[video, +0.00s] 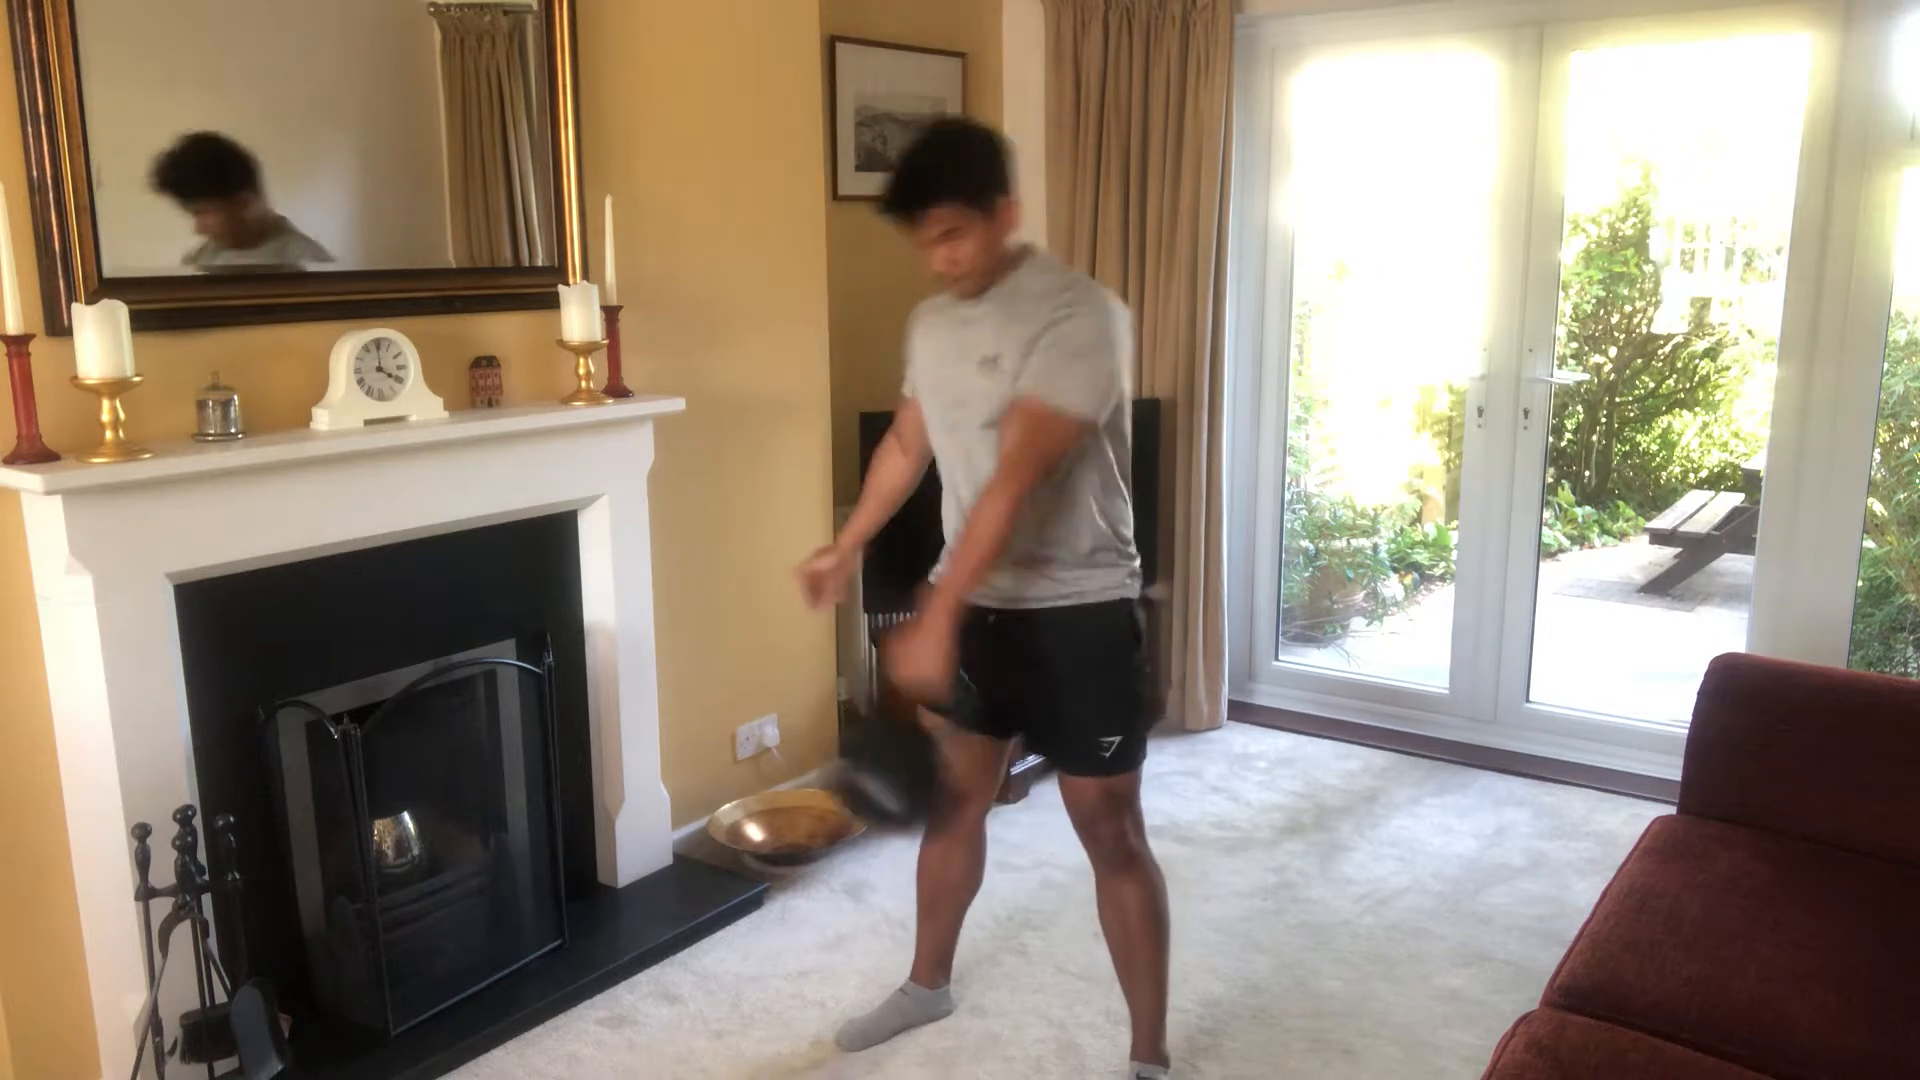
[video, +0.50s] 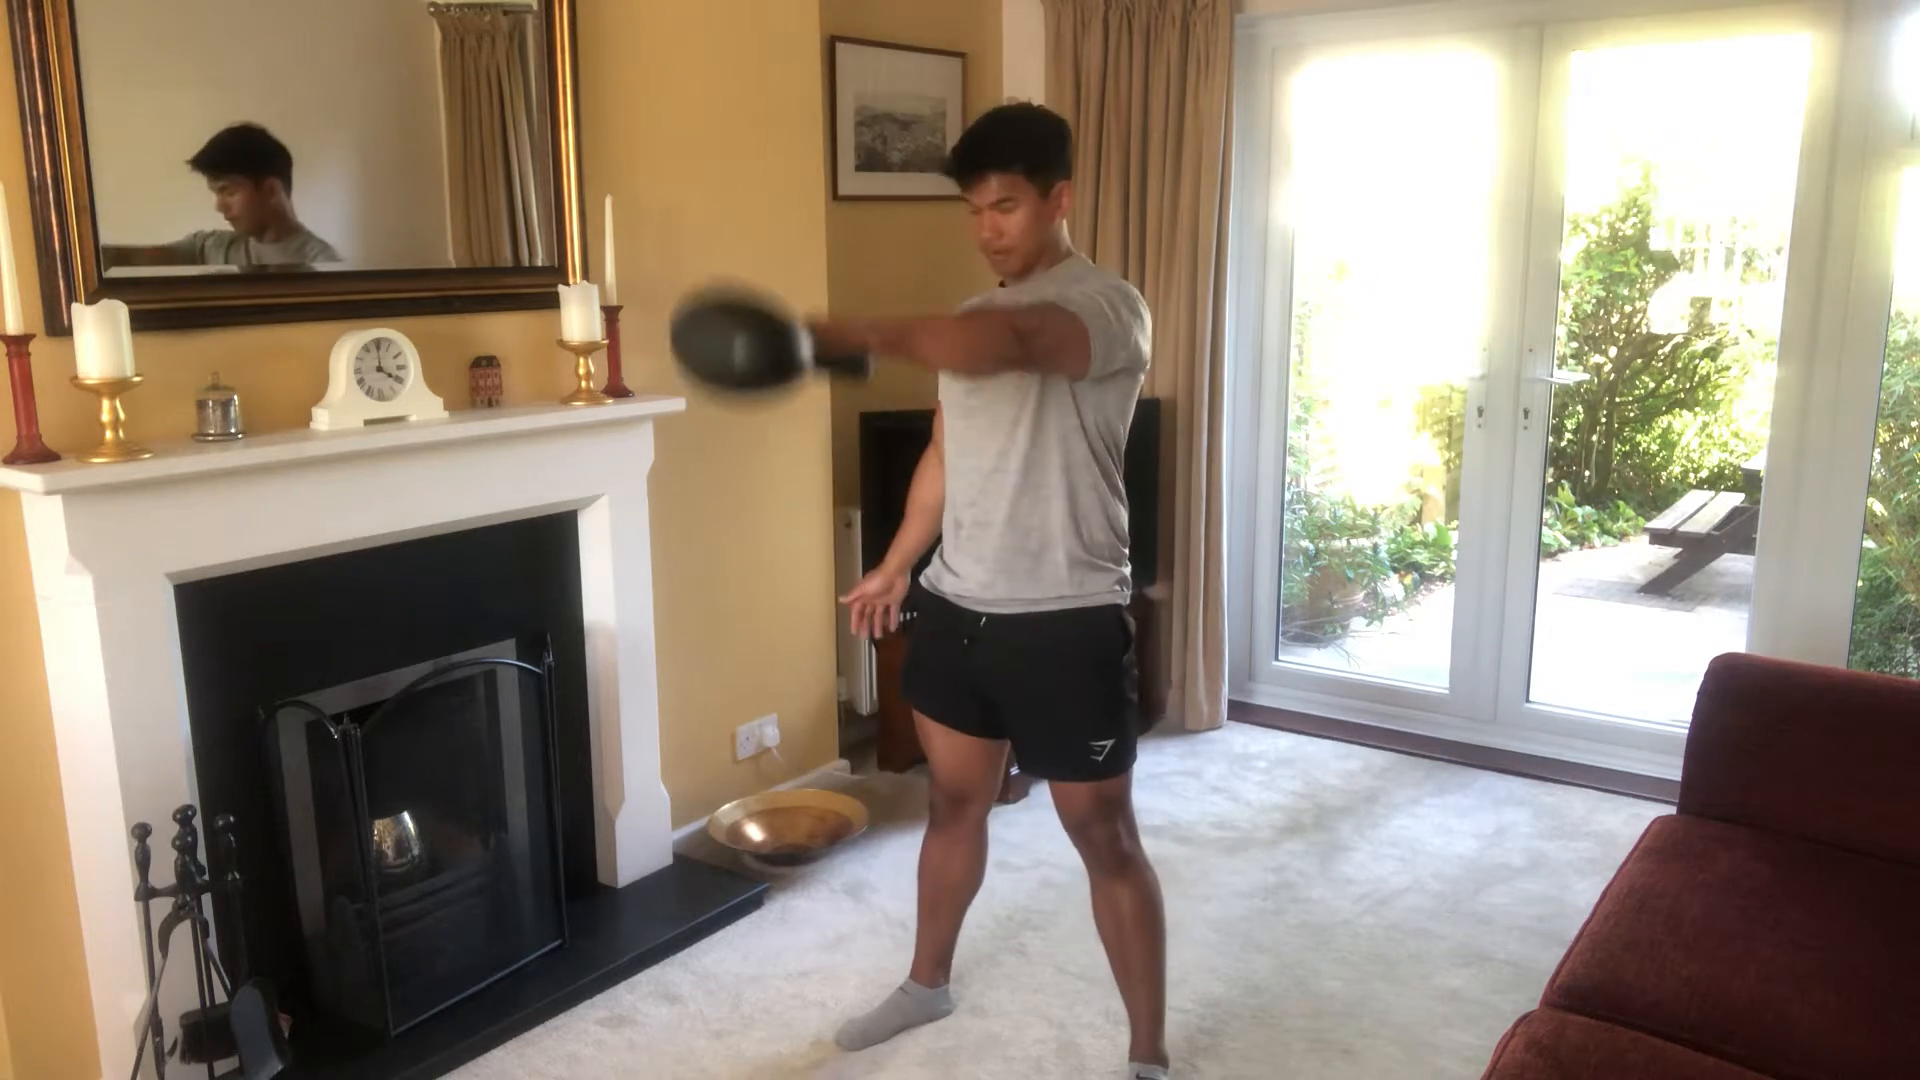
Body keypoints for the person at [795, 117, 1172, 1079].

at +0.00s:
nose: (939, 257)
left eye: (954, 233)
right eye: (924, 241)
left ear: (1006, 214)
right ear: (912, 238)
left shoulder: (1083, 314)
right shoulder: (933, 321)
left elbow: (1017, 477)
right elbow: (909, 441)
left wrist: (938, 613)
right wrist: (850, 544)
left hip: (1082, 613)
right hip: (972, 608)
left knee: (1110, 832)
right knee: (950, 805)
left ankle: (1149, 1056)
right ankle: (928, 985)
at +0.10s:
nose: (971, 243)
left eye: (988, 220)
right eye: (957, 224)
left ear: (1041, 206)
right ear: (945, 222)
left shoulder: (1102, 310)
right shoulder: (952, 321)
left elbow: (1018, 419)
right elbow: (910, 446)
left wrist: (903, 508)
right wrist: (852, 534)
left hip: (1077, 614)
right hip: (962, 604)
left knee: (1105, 833)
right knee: (950, 804)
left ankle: (1150, 1053)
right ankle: (927, 984)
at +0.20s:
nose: (980, 231)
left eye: (998, 208)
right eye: (968, 212)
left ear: (1052, 200)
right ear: (960, 212)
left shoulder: (1108, 306)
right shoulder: (959, 320)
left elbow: (1017, 370)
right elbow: (922, 449)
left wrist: (890, 399)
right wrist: (843, 545)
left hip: (1071, 615)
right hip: (957, 606)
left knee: (1103, 836)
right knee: (951, 806)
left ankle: (1149, 1056)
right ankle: (927, 985)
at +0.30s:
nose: (982, 224)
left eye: (1001, 201)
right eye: (970, 206)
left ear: (1057, 197)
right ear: (964, 207)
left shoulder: (1110, 303)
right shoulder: (967, 320)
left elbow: (1014, 330)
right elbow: (932, 448)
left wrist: (867, 327)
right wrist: (862, 554)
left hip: (1070, 617)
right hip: (955, 607)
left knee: (1103, 836)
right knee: (951, 806)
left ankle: (1149, 1054)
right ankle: (928, 983)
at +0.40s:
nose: (984, 225)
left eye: (1004, 202)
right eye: (973, 206)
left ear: (1059, 196)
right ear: (964, 206)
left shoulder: (1112, 304)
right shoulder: (960, 317)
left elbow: (1015, 320)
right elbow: (940, 450)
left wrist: (869, 309)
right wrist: (884, 565)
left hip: (1069, 617)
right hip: (955, 606)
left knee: (1103, 837)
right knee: (951, 806)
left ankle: (1148, 1053)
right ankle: (928, 984)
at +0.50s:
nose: (986, 229)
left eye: (1005, 206)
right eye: (974, 210)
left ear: (1060, 199)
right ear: (967, 209)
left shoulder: (1110, 305)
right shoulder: (968, 320)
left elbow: (1007, 336)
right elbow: (945, 450)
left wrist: (850, 337)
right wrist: (895, 566)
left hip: (1071, 617)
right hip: (956, 606)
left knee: (1104, 837)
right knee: (951, 806)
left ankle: (1148, 1053)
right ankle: (928, 984)